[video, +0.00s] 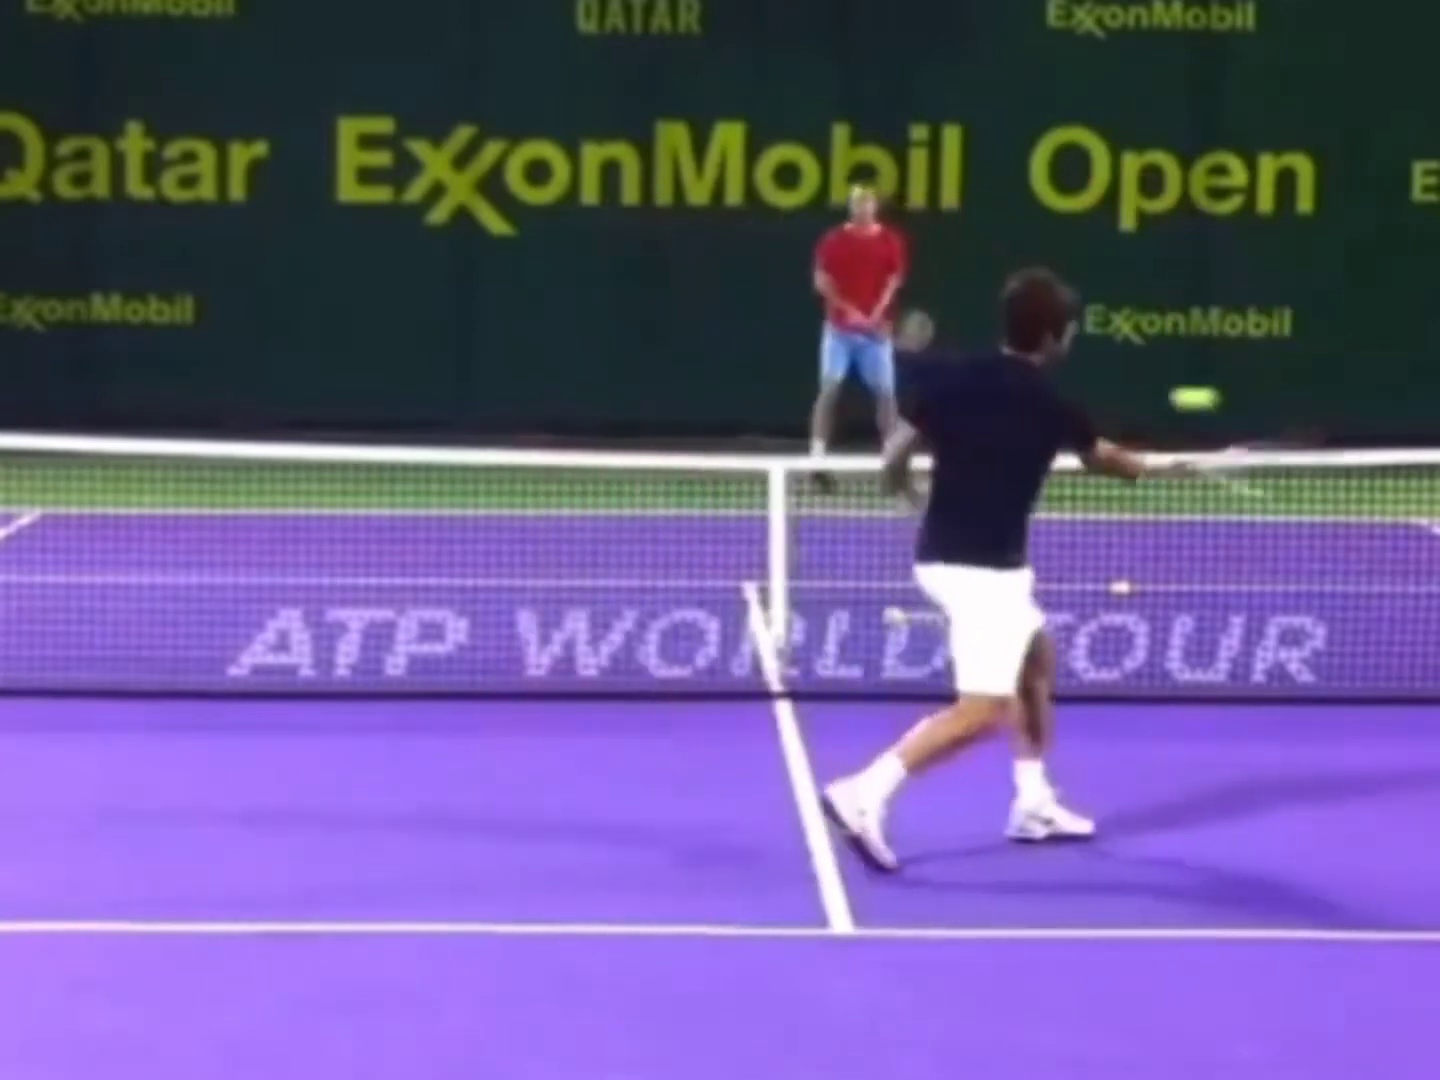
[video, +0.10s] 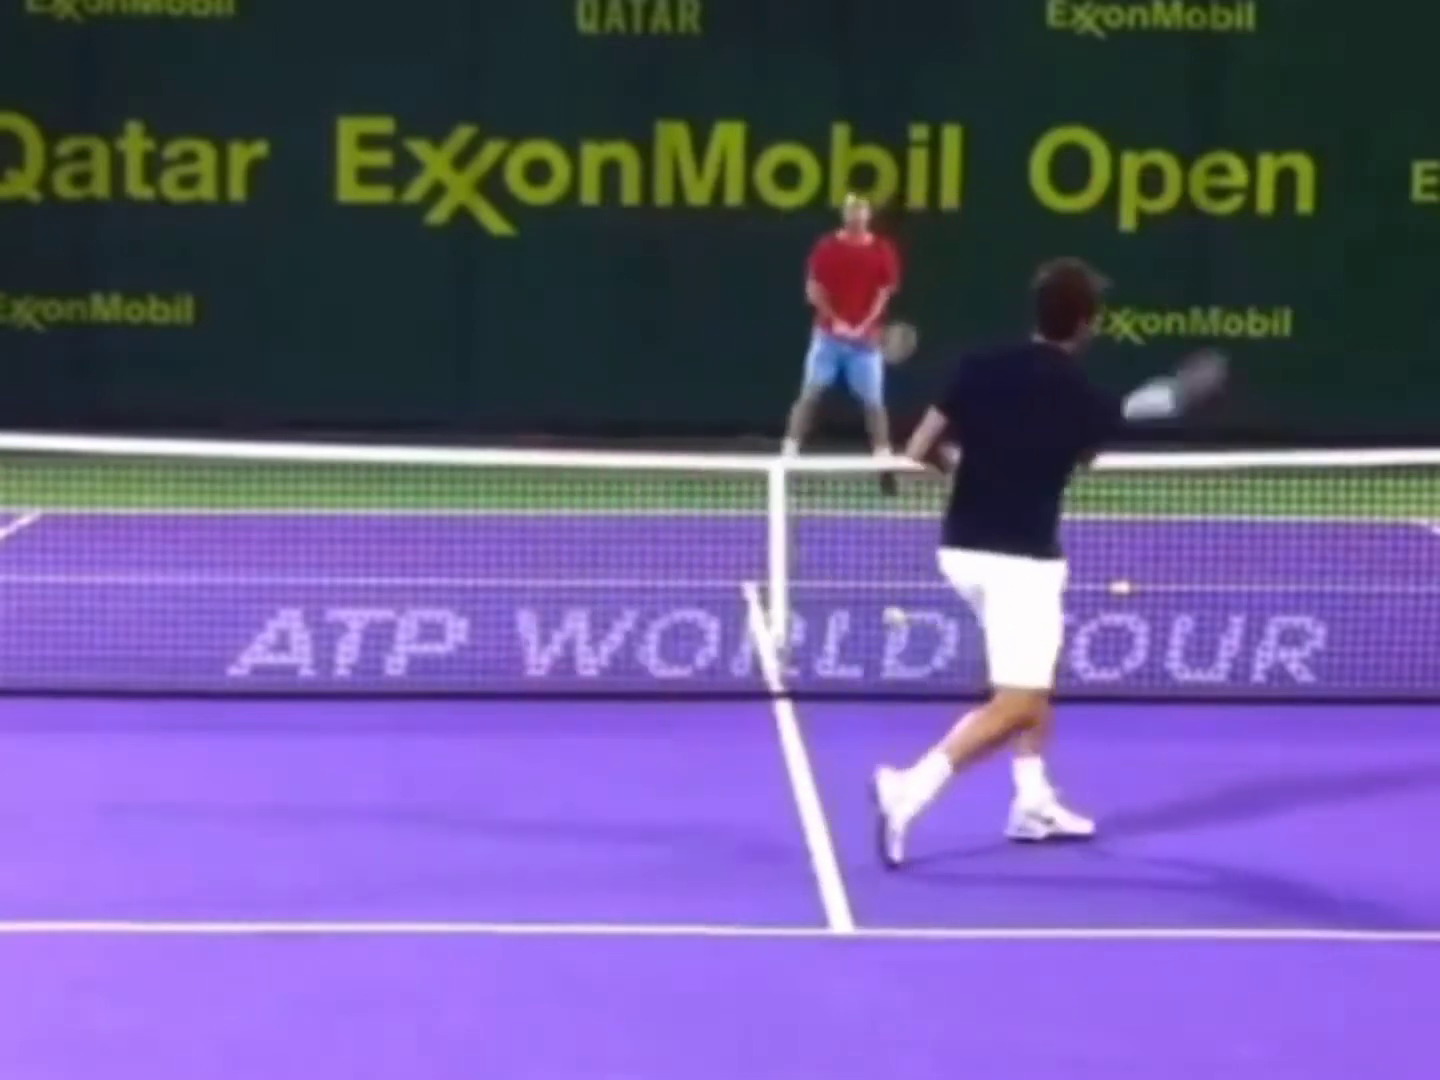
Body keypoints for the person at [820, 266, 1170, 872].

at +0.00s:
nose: (1070, 341)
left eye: (1068, 329)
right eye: (1068, 332)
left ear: (1007, 326)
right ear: (1055, 337)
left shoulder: (961, 378)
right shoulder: (1045, 402)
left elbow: (905, 440)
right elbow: (1107, 459)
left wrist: (892, 473)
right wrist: (1177, 463)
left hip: (938, 560)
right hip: (988, 569)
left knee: (1034, 655)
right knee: (985, 706)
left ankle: (1033, 797)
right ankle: (866, 791)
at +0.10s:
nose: (1095, 325)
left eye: (1093, 315)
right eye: (1094, 317)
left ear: (1034, 315)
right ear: (1085, 323)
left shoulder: (980, 369)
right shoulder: (1083, 395)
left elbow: (919, 450)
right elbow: (1090, 456)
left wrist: (967, 466)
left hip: (962, 551)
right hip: (1024, 561)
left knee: (1030, 677)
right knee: (1021, 699)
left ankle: (1033, 797)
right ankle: (912, 787)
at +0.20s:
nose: (1108, 301)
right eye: (1110, 292)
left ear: (1052, 293)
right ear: (1108, 302)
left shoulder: (1005, 349)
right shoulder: (1106, 371)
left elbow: (941, 431)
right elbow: (1096, 451)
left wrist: (997, 435)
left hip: (985, 529)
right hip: (1051, 539)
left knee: (1029, 665)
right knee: (1067, 679)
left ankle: (1034, 796)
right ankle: (975, 775)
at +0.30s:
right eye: (1107, 277)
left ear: (1060, 279)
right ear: (1114, 285)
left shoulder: (1018, 339)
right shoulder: (1124, 359)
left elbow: (961, 423)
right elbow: (1121, 450)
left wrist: (1003, 428)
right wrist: (1074, 432)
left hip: (1006, 516)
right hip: (1074, 524)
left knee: (1034, 655)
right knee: (1106, 660)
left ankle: (1039, 796)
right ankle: (1041, 763)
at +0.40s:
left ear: (1066, 272)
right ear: (1117, 279)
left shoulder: (1028, 334)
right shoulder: (1136, 351)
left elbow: (977, 420)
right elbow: (1149, 453)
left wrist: (1018, 426)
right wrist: (1100, 442)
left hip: (1027, 515)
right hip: (1097, 520)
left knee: (1040, 648)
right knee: (1140, 652)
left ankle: (1032, 797)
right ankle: (1113, 778)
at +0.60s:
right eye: (1143, 278)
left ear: (1096, 281)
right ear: (1152, 287)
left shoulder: (1060, 344)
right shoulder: (1173, 358)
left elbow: (1013, 425)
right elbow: (1210, 459)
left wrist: (1046, 457)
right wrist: (1174, 502)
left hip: (1057, 525)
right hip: (1134, 530)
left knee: (1043, 655)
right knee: (1177, 669)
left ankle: (1032, 798)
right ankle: (1199, 806)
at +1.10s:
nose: (1052, 292)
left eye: (1050, 282)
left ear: (1049, 286)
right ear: (1106, 285)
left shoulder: (1037, 345)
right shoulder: (1138, 354)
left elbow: (1006, 436)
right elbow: (1160, 454)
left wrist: (988, 419)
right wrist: (1104, 435)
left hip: (1047, 532)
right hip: (1126, 535)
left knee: (976, 653)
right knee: (1164, 665)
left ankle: (950, 808)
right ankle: (1201, 805)